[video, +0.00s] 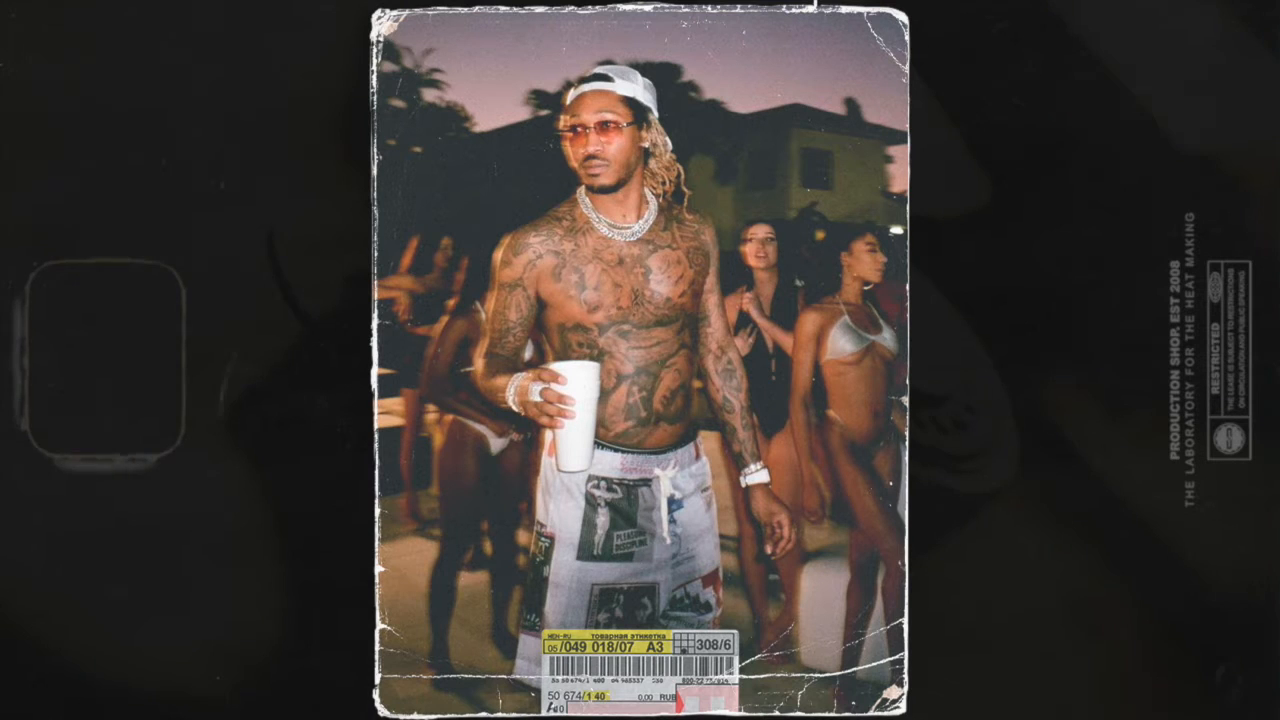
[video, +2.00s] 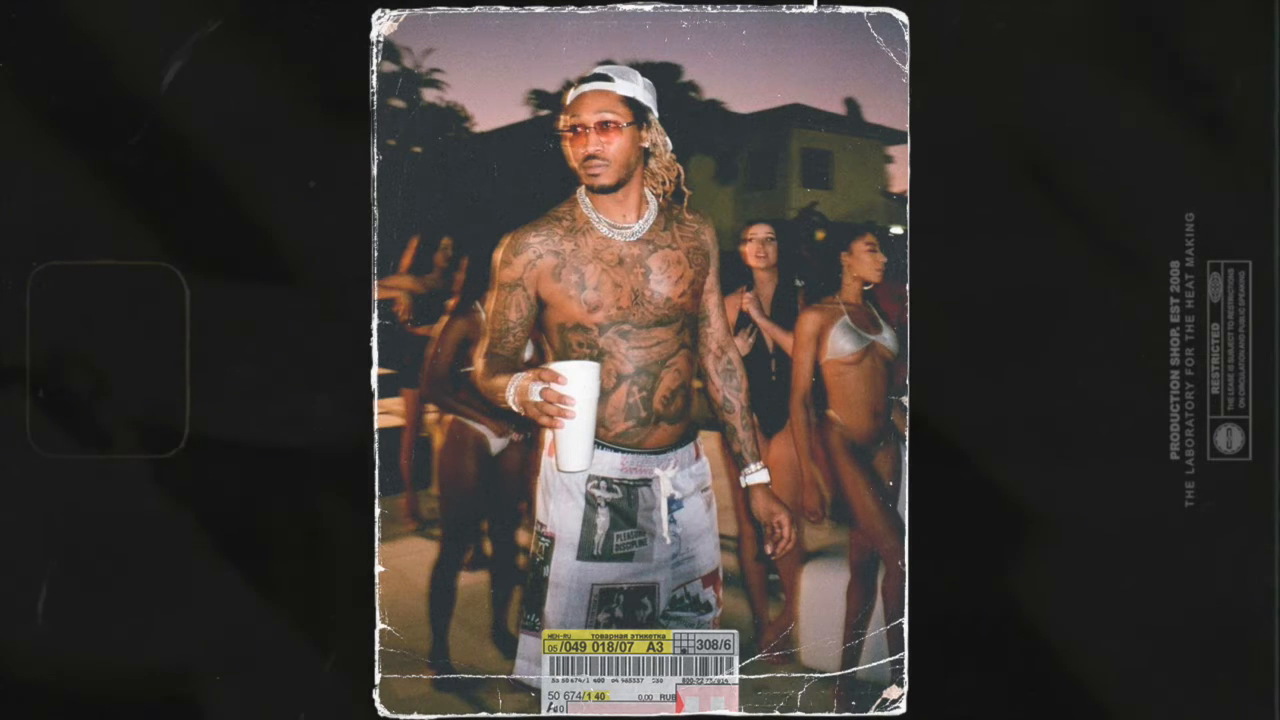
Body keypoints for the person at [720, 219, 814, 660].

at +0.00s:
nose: (760, 249)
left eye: (768, 241)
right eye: (752, 241)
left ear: (781, 250)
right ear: (741, 250)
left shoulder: (797, 296)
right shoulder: (730, 300)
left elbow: (804, 352)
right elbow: (712, 365)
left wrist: (761, 318)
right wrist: (734, 345)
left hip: (783, 420)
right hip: (738, 421)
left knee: (783, 521)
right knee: (748, 525)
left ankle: (793, 613)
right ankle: (762, 621)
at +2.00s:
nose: (760, 249)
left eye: (768, 242)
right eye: (752, 242)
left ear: (781, 249)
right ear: (741, 250)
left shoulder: (798, 296)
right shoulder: (731, 300)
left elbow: (804, 352)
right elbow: (713, 364)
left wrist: (762, 319)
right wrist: (733, 348)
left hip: (784, 419)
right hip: (739, 420)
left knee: (784, 521)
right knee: (749, 526)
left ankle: (793, 613)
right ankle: (763, 622)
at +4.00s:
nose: (761, 249)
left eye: (769, 241)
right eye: (752, 241)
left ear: (780, 249)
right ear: (740, 250)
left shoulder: (797, 295)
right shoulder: (730, 300)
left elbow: (803, 352)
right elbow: (712, 364)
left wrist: (761, 318)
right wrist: (735, 344)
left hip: (783, 419)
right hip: (738, 421)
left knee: (783, 520)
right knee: (748, 525)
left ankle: (794, 611)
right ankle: (761, 621)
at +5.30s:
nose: (760, 249)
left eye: (768, 241)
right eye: (752, 242)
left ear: (781, 249)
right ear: (741, 250)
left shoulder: (797, 296)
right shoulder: (730, 299)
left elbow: (803, 352)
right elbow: (714, 364)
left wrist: (761, 317)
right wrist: (735, 337)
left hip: (784, 420)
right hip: (738, 420)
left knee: (783, 521)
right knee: (749, 525)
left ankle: (793, 614)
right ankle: (762, 623)